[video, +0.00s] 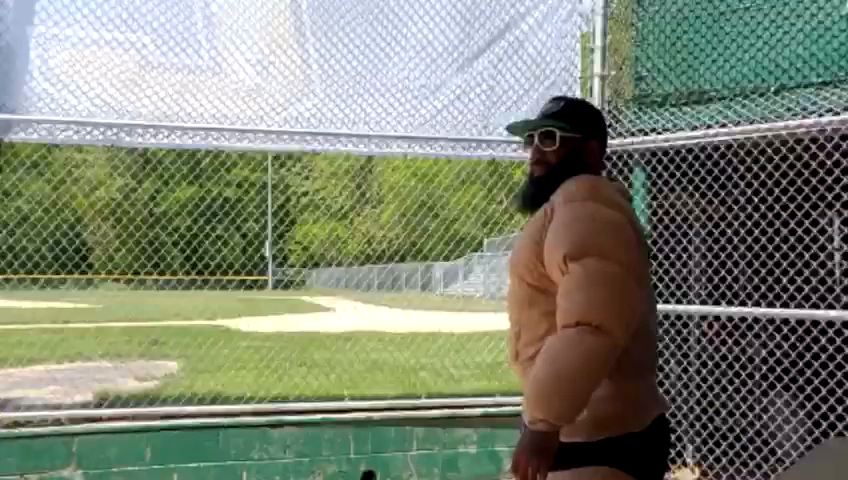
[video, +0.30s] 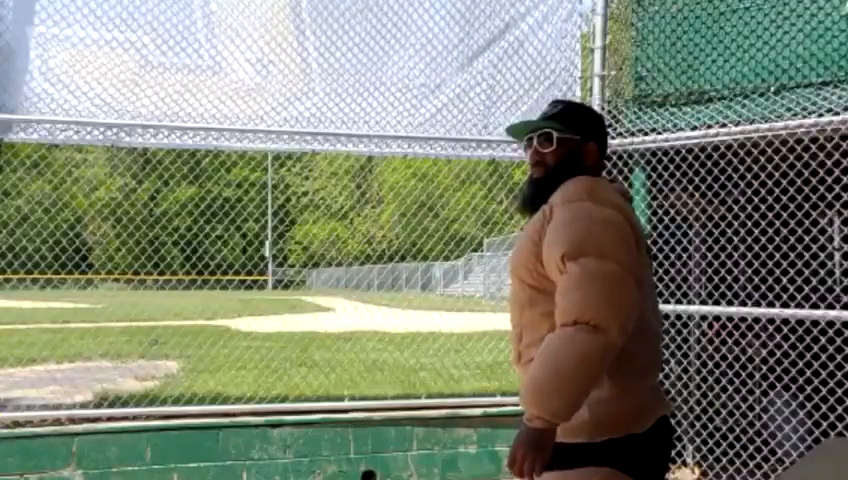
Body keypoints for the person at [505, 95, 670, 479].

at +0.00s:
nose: (534, 151)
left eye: (550, 138)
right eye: (531, 140)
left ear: (589, 149)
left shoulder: (585, 202)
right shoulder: (570, 202)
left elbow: (593, 322)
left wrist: (542, 424)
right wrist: (543, 421)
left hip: (602, 439)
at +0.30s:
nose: (532, 152)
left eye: (548, 139)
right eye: (530, 141)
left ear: (588, 151)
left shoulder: (583, 203)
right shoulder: (574, 202)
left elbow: (590, 321)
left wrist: (539, 420)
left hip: (600, 438)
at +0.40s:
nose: (532, 153)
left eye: (546, 140)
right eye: (530, 142)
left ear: (588, 151)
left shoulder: (584, 202)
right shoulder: (576, 202)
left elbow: (592, 320)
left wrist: (544, 423)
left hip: (603, 437)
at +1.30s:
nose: (520, 148)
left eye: (534, 135)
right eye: (523, 136)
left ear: (574, 145)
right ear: (575, 148)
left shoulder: (565, 205)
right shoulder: (601, 199)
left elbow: (559, 331)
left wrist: (491, 426)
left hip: (593, 450)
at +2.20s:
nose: (525, 136)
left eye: (534, 124)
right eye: (528, 124)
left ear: (568, 130)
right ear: (607, 136)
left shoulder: (553, 201)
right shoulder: (650, 199)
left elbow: (534, 347)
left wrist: (483, 457)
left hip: (588, 454)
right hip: (672, 438)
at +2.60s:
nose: (562, 135)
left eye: (571, 122)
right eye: (564, 122)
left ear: (605, 128)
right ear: (640, 133)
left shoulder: (586, 198)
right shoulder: (692, 199)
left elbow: (551, 342)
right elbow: (719, 324)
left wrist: (500, 445)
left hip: (612, 453)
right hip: (700, 440)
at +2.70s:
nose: (567, 135)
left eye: (576, 122)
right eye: (570, 122)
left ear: (610, 127)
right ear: (646, 133)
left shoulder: (591, 197)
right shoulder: (700, 201)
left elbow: (556, 343)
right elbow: (727, 329)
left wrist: (507, 446)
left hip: (615, 455)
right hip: (705, 444)